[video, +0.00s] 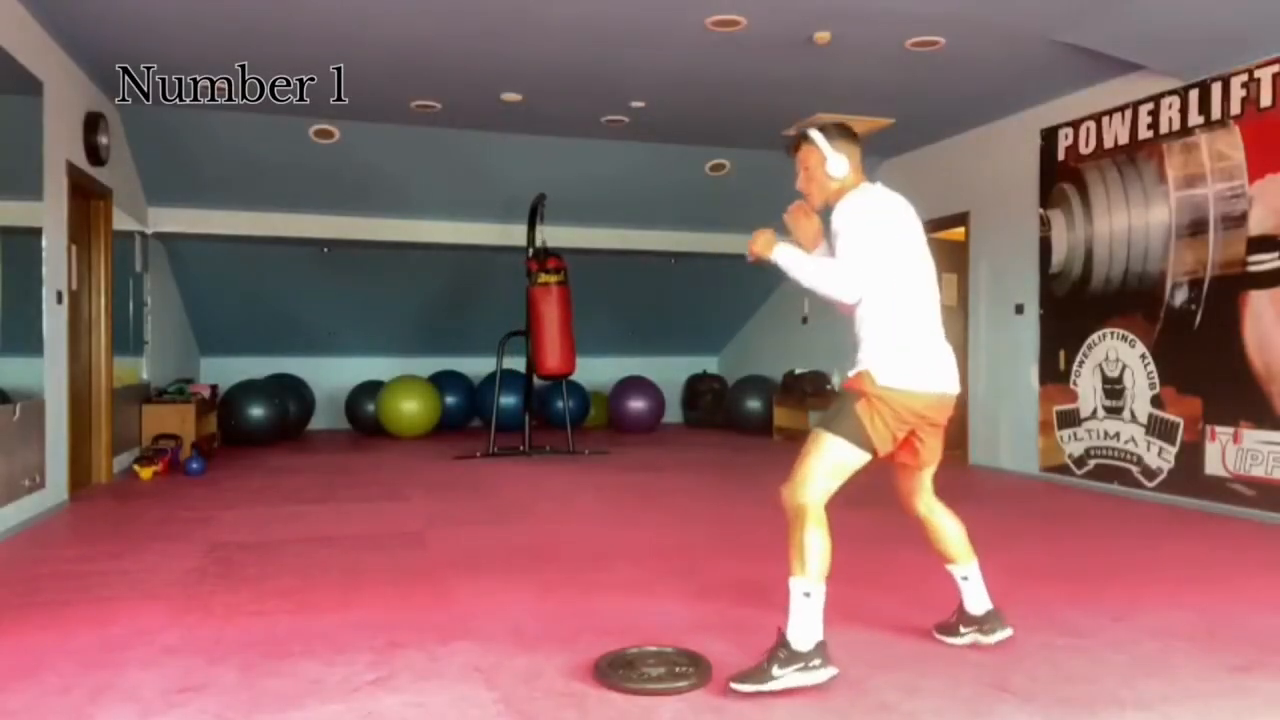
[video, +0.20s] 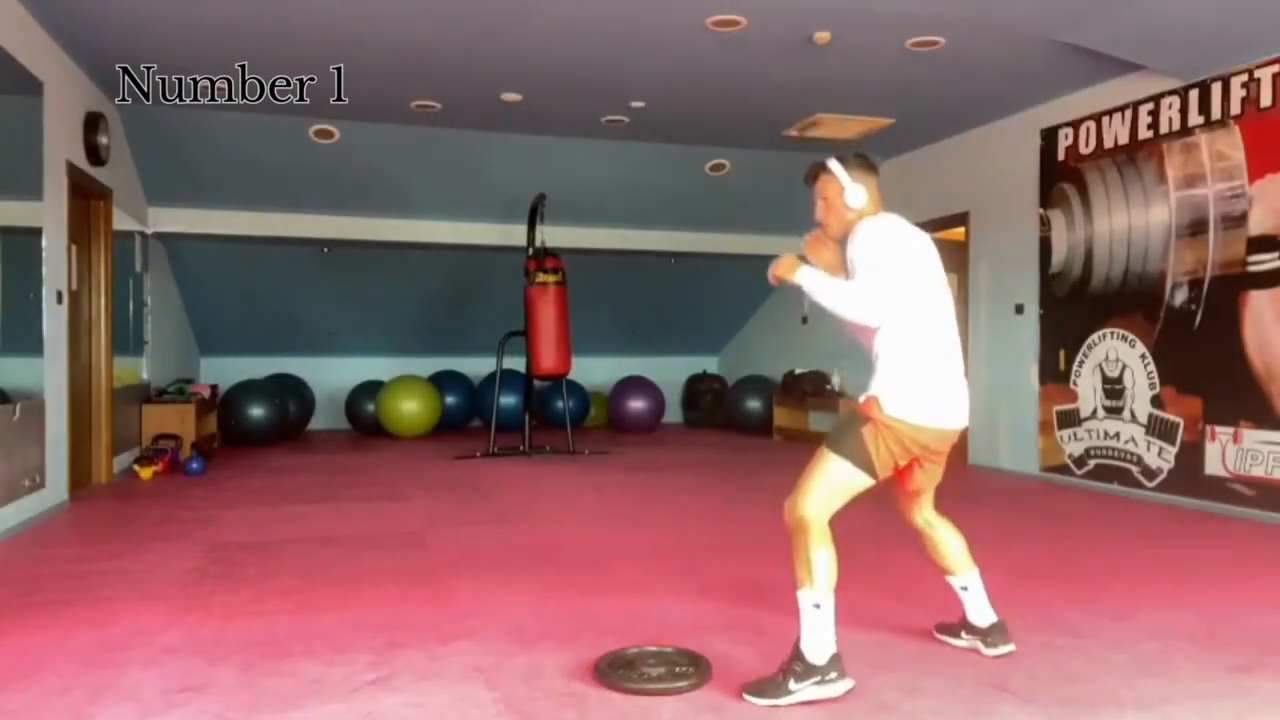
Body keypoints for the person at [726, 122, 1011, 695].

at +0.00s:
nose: (801, 180)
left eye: (806, 167)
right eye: (799, 169)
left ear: (832, 162)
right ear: (850, 161)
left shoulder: (855, 210)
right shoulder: (897, 206)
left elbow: (849, 286)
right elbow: (870, 290)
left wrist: (781, 254)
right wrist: (815, 247)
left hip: (890, 384)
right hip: (936, 385)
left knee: (803, 495)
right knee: (921, 498)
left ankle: (803, 648)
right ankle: (982, 612)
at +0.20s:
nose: (819, 211)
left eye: (823, 199)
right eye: (817, 201)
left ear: (851, 193)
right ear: (867, 193)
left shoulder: (871, 237)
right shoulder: (912, 236)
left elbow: (872, 311)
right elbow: (900, 315)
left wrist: (802, 275)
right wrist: (840, 266)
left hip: (900, 409)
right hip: (944, 412)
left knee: (805, 510)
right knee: (921, 511)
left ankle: (817, 661)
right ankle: (986, 624)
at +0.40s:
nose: (798, 166)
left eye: (805, 154)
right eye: (796, 156)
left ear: (840, 151)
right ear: (825, 157)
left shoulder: (880, 201)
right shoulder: (838, 215)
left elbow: (871, 290)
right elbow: (812, 297)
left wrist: (802, 227)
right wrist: (785, 231)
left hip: (894, 377)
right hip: (902, 378)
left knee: (809, 496)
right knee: (906, 496)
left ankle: (803, 657)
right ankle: (982, 602)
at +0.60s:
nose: (766, 245)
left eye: (775, 230)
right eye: (764, 232)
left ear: (810, 228)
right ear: (798, 233)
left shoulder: (862, 280)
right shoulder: (810, 291)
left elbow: (841, 380)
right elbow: (802, 379)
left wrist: (780, 309)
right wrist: (759, 327)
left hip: (898, 441)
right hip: (878, 437)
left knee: (774, 521)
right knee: (867, 536)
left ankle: (808, 680)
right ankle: (979, 607)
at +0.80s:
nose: (794, 264)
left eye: (799, 252)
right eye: (792, 253)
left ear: (828, 245)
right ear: (845, 244)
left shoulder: (855, 290)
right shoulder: (892, 281)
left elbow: (821, 377)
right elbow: (851, 374)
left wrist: (784, 302)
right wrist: (811, 307)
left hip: (902, 453)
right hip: (945, 453)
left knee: (778, 528)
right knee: (902, 524)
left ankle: (806, 679)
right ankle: (991, 618)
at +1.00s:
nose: (821, 183)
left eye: (825, 170)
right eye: (820, 171)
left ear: (852, 166)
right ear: (870, 165)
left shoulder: (888, 205)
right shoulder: (914, 204)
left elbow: (827, 266)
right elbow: (887, 311)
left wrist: (825, 196)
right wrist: (848, 226)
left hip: (935, 369)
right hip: (967, 371)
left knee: (842, 474)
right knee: (931, 479)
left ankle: (853, 629)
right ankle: (989, 596)